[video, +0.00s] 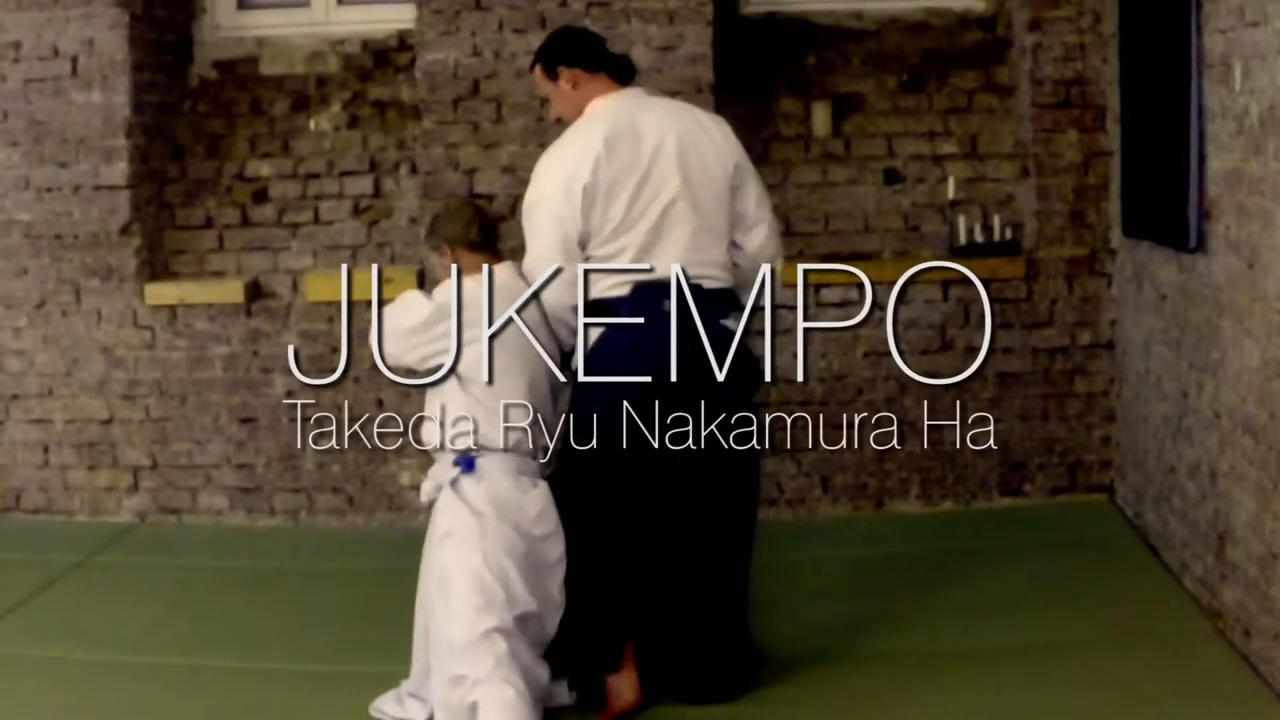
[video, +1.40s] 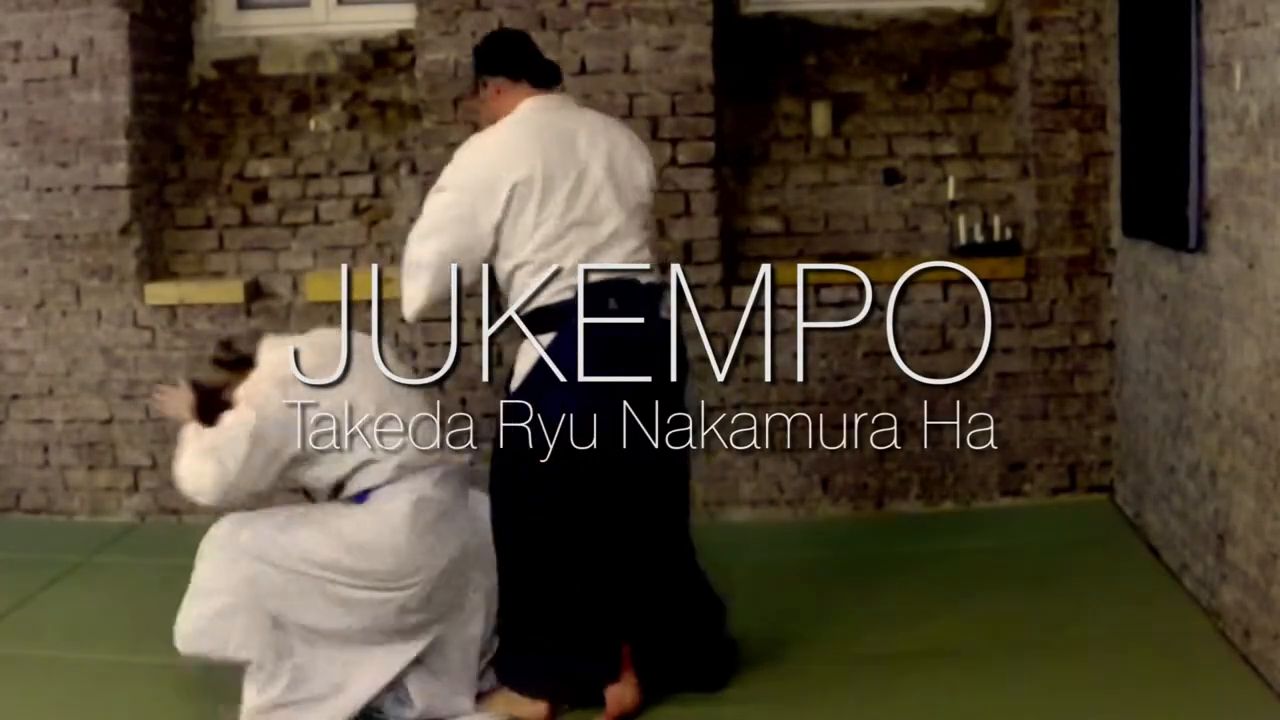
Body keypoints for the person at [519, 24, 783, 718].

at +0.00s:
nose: (552, 113)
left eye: (548, 97)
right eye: (546, 100)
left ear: (571, 78)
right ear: (614, 73)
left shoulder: (569, 156)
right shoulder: (711, 129)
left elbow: (552, 281)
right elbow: (761, 242)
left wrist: (577, 351)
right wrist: (726, 311)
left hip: (616, 347)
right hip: (711, 339)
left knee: (603, 503)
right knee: (712, 499)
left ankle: (616, 670)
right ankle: (711, 664)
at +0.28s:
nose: (540, 113)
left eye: (537, 98)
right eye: (535, 100)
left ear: (559, 80)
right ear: (600, 73)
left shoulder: (559, 153)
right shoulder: (698, 129)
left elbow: (525, 282)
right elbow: (745, 242)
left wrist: (546, 347)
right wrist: (719, 317)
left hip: (607, 344)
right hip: (702, 338)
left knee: (598, 505)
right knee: (706, 503)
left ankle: (613, 669)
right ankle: (708, 665)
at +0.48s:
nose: (528, 116)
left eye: (525, 100)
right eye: (524, 102)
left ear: (546, 84)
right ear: (586, 75)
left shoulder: (549, 154)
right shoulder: (683, 131)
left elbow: (507, 273)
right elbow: (726, 227)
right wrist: (687, 285)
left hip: (603, 345)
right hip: (692, 337)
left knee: (597, 507)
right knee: (695, 502)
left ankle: (616, 672)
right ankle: (704, 664)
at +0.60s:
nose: (519, 117)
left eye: (515, 102)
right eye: (514, 105)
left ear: (534, 84)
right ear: (576, 75)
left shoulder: (546, 153)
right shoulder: (661, 128)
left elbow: (509, 275)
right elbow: (681, 222)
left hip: (595, 343)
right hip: (680, 331)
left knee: (595, 509)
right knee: (682, 501)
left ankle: (617, 672)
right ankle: (699, 660)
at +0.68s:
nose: (512, 120)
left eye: (508, 105)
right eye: (506, 107)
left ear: (526, 87)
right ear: (569, 76)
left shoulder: (548, 152)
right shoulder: (648, 130)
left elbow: (508, 270)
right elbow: (664, 211)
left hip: (592, 348)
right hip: (672, 336)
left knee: (592, 513)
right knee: (673, 505)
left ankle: (614, 671)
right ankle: (693, 659)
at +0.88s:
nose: (485, 126)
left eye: (481, 112)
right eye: (480, 115)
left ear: (499, 98)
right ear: (540, 84)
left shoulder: (541, 151)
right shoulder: (613, 133)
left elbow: (494, 272)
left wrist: (446, 281)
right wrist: (478, 230)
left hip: (587, 355)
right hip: (653, 343)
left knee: (567, 520)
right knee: (624, 513)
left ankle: (543, 679)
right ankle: (622, 668)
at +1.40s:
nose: (480, 116)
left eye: (478, 103)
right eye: (478, 105)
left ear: (498, 89)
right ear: (546, 81)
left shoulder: (491, 151)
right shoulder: (622, 137)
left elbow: (424, 279)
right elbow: (633, 219)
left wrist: (423, 298)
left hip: (559, 349)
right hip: (647, 342)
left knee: (529, 509)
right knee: (630, 507)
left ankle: (532, 680)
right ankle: (629, 663)